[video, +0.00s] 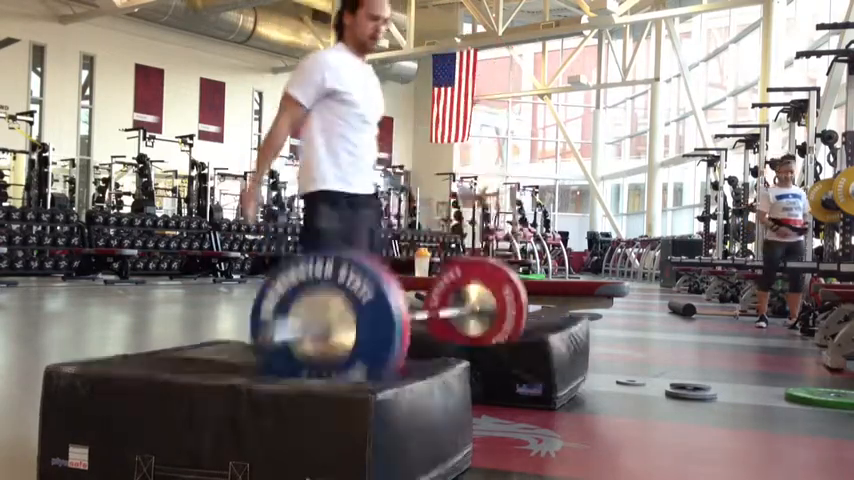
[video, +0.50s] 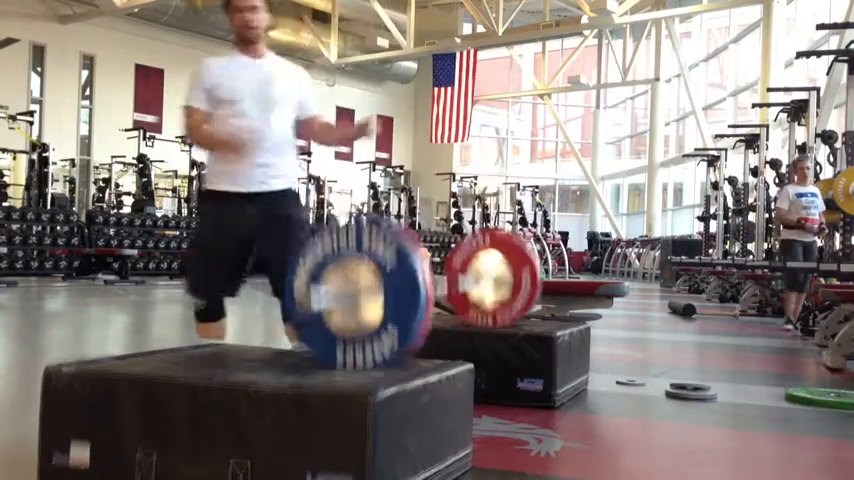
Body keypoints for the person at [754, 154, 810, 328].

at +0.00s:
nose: (788, 175)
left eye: (791, 172)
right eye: (784, 172)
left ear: (794, 173)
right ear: (777, 172)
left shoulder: (801, 193)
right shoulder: (768, 192)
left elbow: (806, 215)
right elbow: (761, 216)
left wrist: (805, 225)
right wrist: (776, 228)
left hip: (796, 240)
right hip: (774, 240)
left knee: (797, 277)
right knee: (768, 276)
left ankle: (793, 318)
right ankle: (762, 315)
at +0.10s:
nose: (794, 173)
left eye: (797, 170)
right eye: (791, 170)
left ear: (800, 171)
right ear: (783, 171)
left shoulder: (804, 192)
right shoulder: (775, 192)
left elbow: (809, 213)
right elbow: (767, 215)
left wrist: (811, 224)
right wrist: (781, 227)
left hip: (802, 239)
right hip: (780, 239)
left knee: (801, 279)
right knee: (775, 276)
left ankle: (794, 319)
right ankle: (762, 314)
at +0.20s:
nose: (797, 172)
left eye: (800, 168)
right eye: (793, 169)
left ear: (803, 170)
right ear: (786, 171)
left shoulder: (807, 192)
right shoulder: (779, 192)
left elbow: (813, 214)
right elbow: (771, 216)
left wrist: (814, 225)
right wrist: (788, 225)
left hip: (804, 240)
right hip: (784, 240)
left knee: (801, 279)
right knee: (780, 276)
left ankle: (794, 318)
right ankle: (764, 314)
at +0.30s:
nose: (801, 171)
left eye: (803, 168)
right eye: (797, 168)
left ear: (806, 170)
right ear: (788, 171)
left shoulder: (810, 191)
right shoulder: (782, 191)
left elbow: (816, 214)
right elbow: (774, 217)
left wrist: (817, 225)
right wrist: (793, 225)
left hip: (806, 239)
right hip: (787, 239)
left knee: (802, 279)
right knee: (784, 276)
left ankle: (793, 318)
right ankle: (770, 313)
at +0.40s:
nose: (803, 171)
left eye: (805, 168)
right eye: (799, 168)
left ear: (808, 170)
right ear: (792, 170)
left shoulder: (812, 190)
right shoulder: (785, 190)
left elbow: (818, 214)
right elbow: (778, 216)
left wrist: (820, 224)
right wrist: (798, 224)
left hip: (808, 239)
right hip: (790, 238)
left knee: (804, 279)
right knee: (789, 277)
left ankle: (794, 318)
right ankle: (778, 315)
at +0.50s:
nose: (805, 172)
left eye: (807, 168)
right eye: (801, 169)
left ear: (811, 170)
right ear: (795, 171)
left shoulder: (815, 190)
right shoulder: (787, 190)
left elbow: (820, 213)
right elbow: (779, 216)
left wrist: (822, 224)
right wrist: (800, 223)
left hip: (810, 239)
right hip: (792, 238)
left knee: (805, 278)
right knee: (794, 277)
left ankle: (796, 317)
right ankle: (789, 317)